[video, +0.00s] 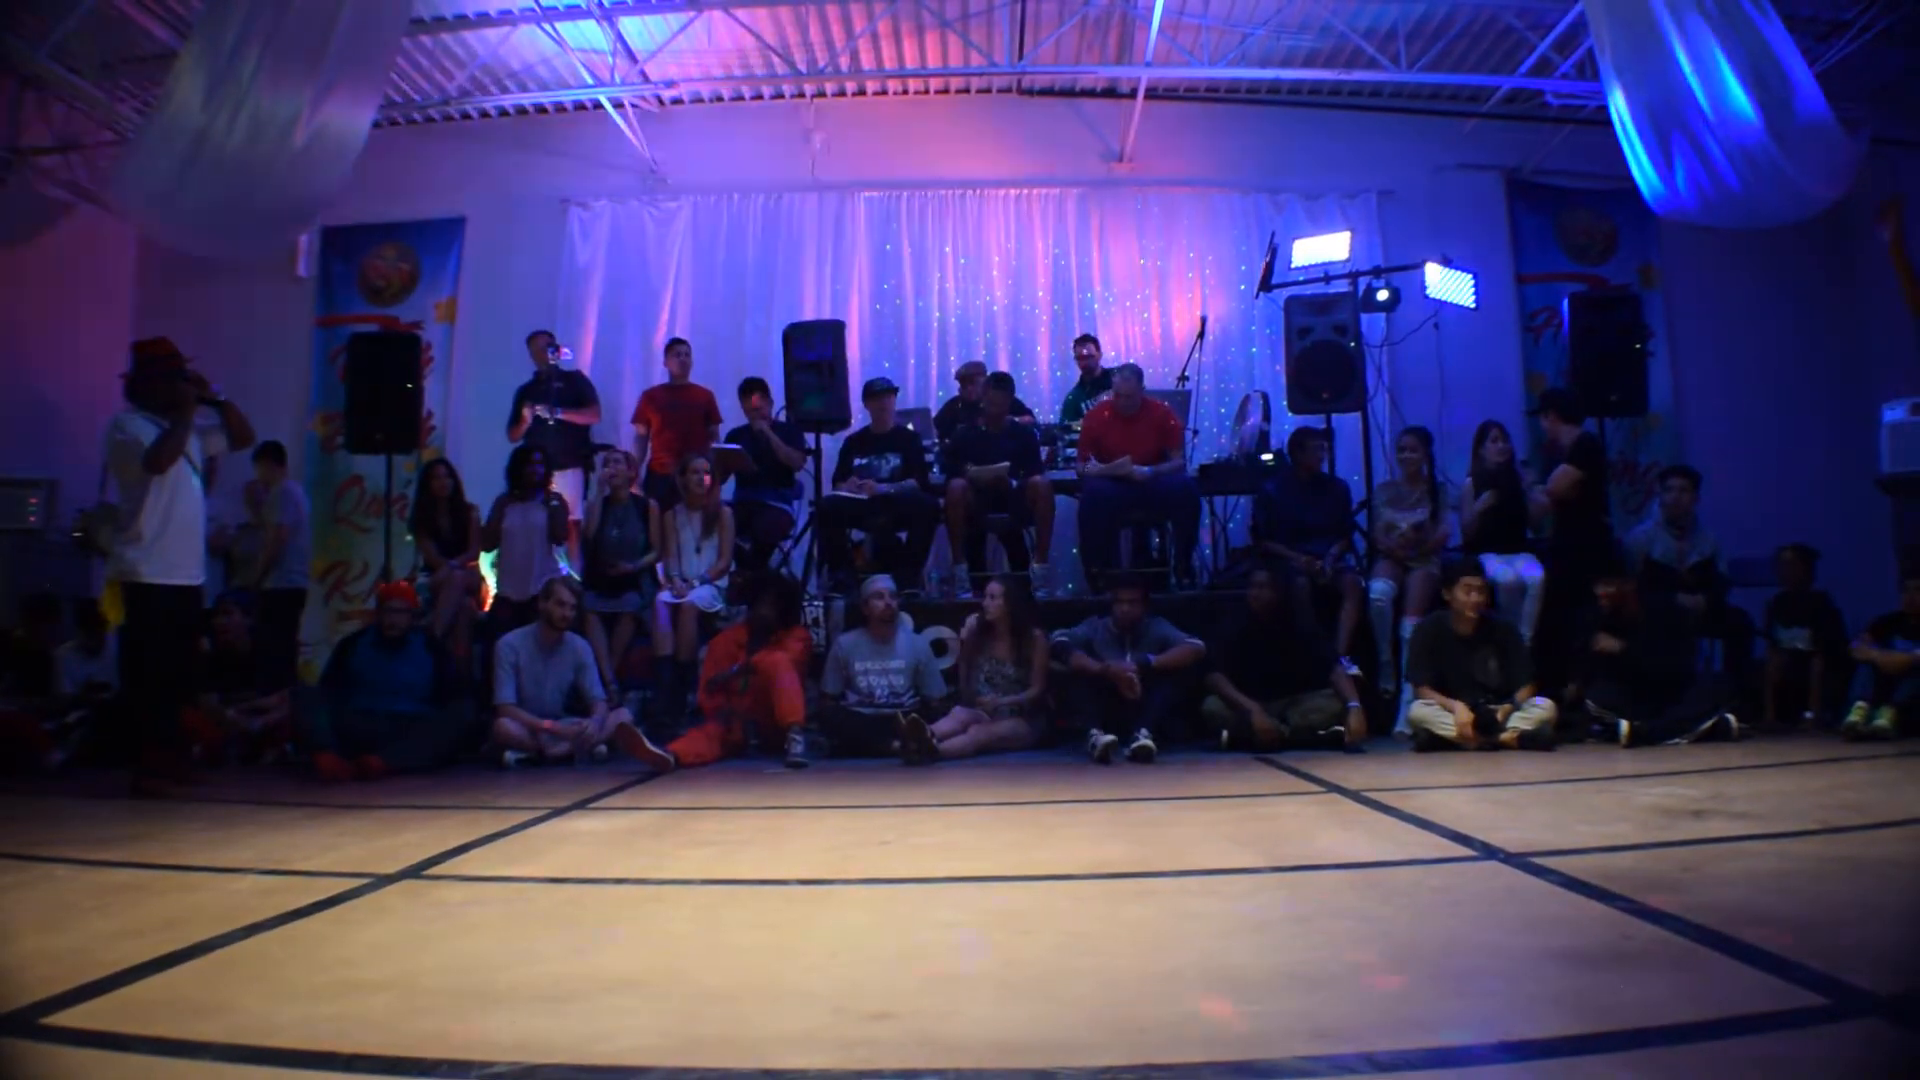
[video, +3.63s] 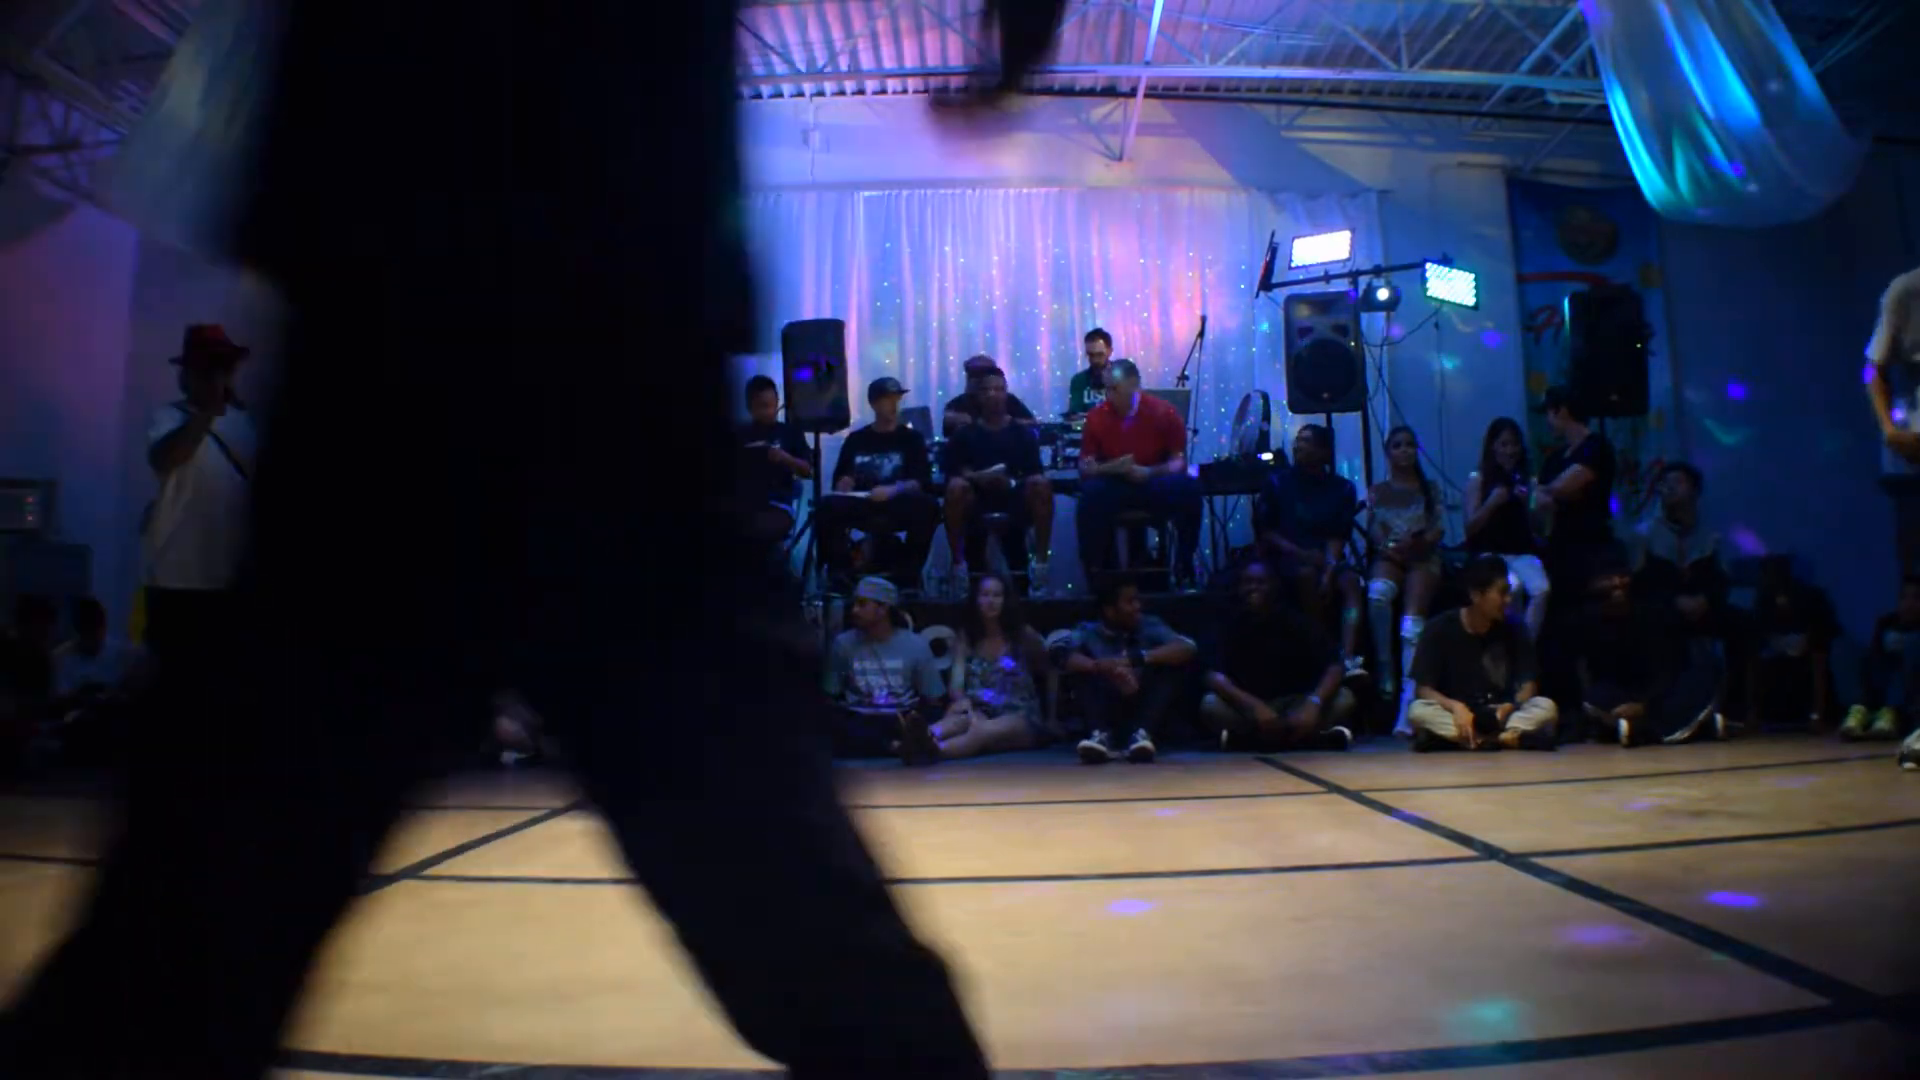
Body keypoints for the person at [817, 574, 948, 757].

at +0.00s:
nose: (888, 603)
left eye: (892, 597)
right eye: (879, 597)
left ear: (898, 602)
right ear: (865, 606)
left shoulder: (916, 645)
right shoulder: (845, 645)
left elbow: (936, 701)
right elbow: (829, 699)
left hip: (905, 715)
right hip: (860, 716)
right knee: (830, 717)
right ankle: (892, 745)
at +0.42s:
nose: (887, 603)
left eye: (891, 597)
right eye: (878, 598)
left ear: (898, 602)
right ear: (865, 606)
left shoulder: (916, 644)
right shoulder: (845, 645)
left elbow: (936, 701)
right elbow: (829, 699)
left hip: (908, 717)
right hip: (863, 717)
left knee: (964, 714)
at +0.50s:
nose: (886, 603)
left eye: (891, 596)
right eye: (878, 598)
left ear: (897, 601)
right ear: (864, 605)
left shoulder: (916, 645)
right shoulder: (845, 645)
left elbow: (937, 702)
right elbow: (829, 701)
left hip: (908, 721)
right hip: (862, 722)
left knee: (964, 714)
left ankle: (925, 747)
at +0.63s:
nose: (887, 603)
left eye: (892, 597)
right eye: (879, 597)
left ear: (898, 602)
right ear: (865, 606)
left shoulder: (916, 645)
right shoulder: (845, 645)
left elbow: (937, 702)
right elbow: (828, 698)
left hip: (906, 716)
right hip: (860, 717)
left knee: (964, 713)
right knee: (829, 716)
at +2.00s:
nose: (863, 606)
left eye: (870, 599)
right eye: (862, 599)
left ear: (891, 605)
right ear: (858, 602)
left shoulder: (916, 645)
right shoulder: (845, 644)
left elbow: (934, 699)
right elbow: (830, 692)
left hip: (903, 715)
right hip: (859, 716)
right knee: (828, 717)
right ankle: (893, 746)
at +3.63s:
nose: (855, 611)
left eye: (862, 604)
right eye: (855, 604)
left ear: (882, 609)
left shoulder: (914, 645)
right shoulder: (844, 644)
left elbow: (934, 699)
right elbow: (831, 696)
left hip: (904, 717)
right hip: (860, 717)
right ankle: (893, 746)